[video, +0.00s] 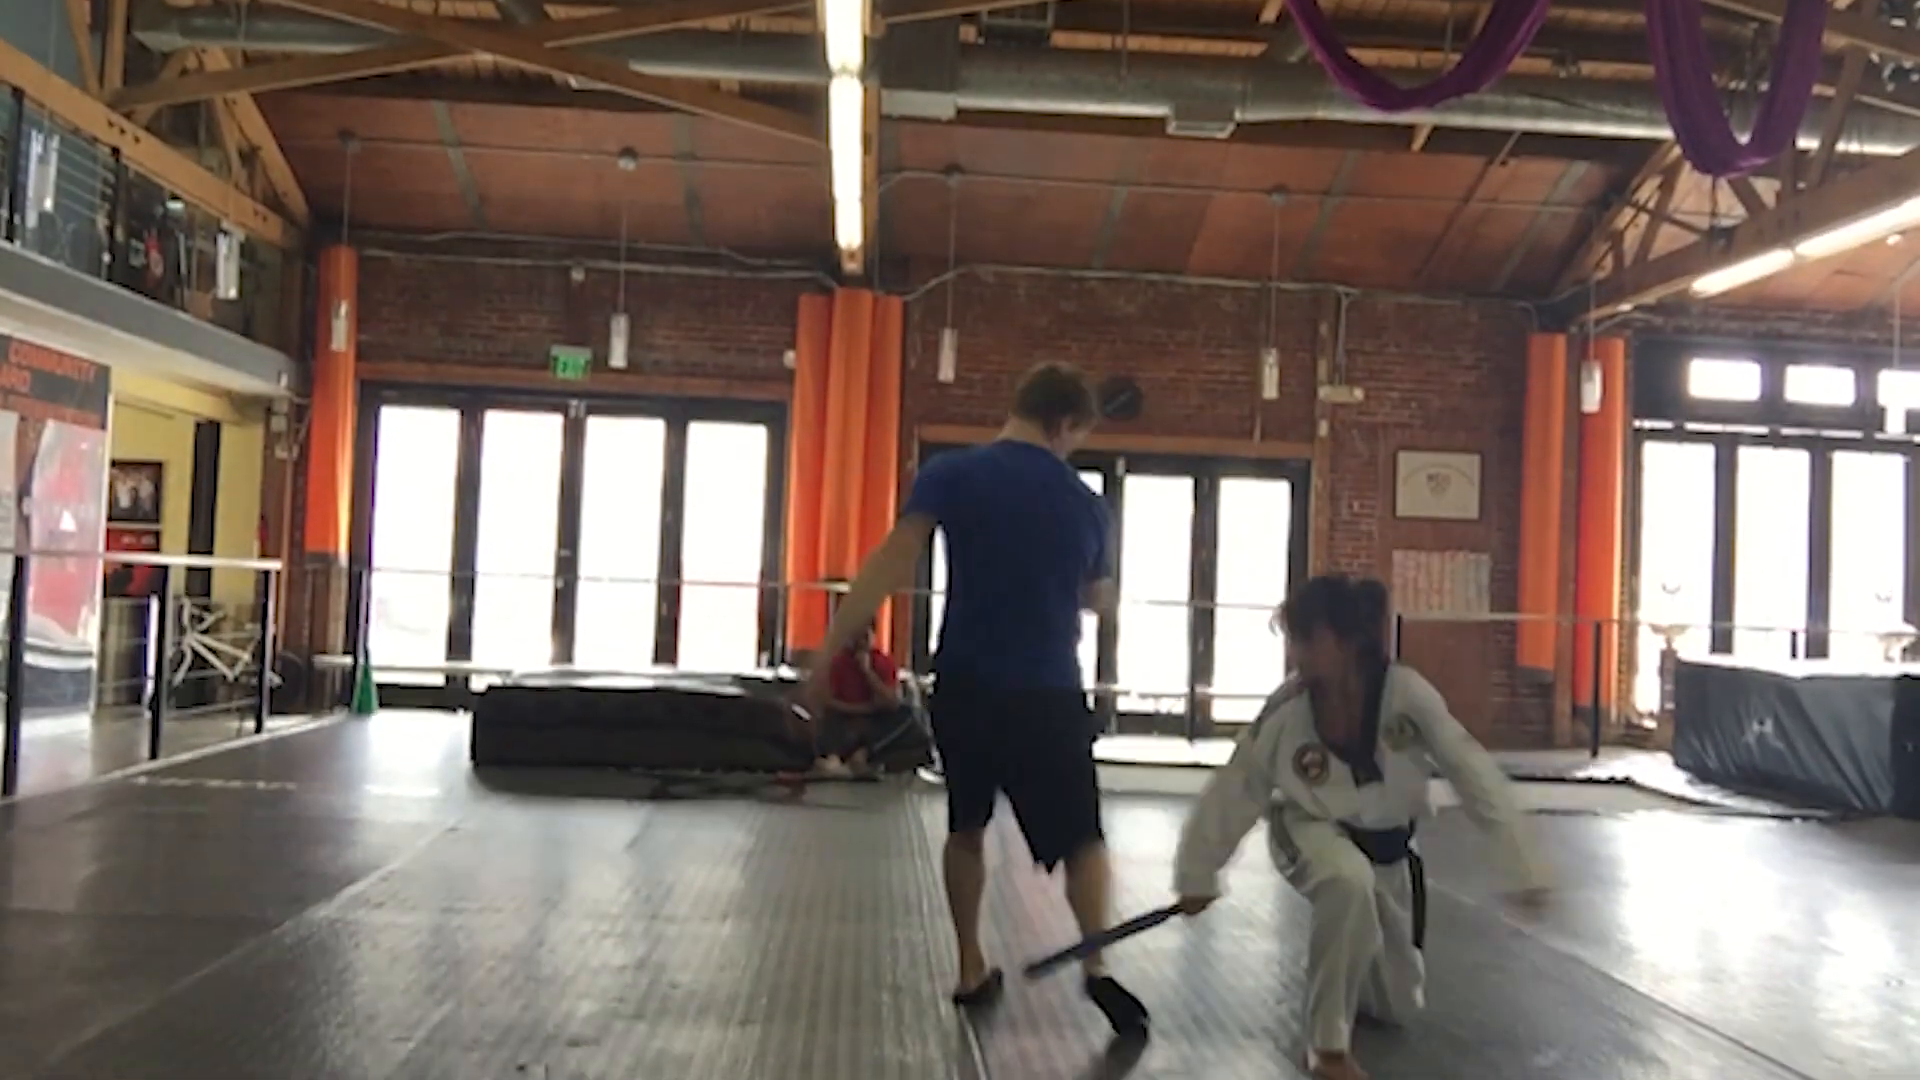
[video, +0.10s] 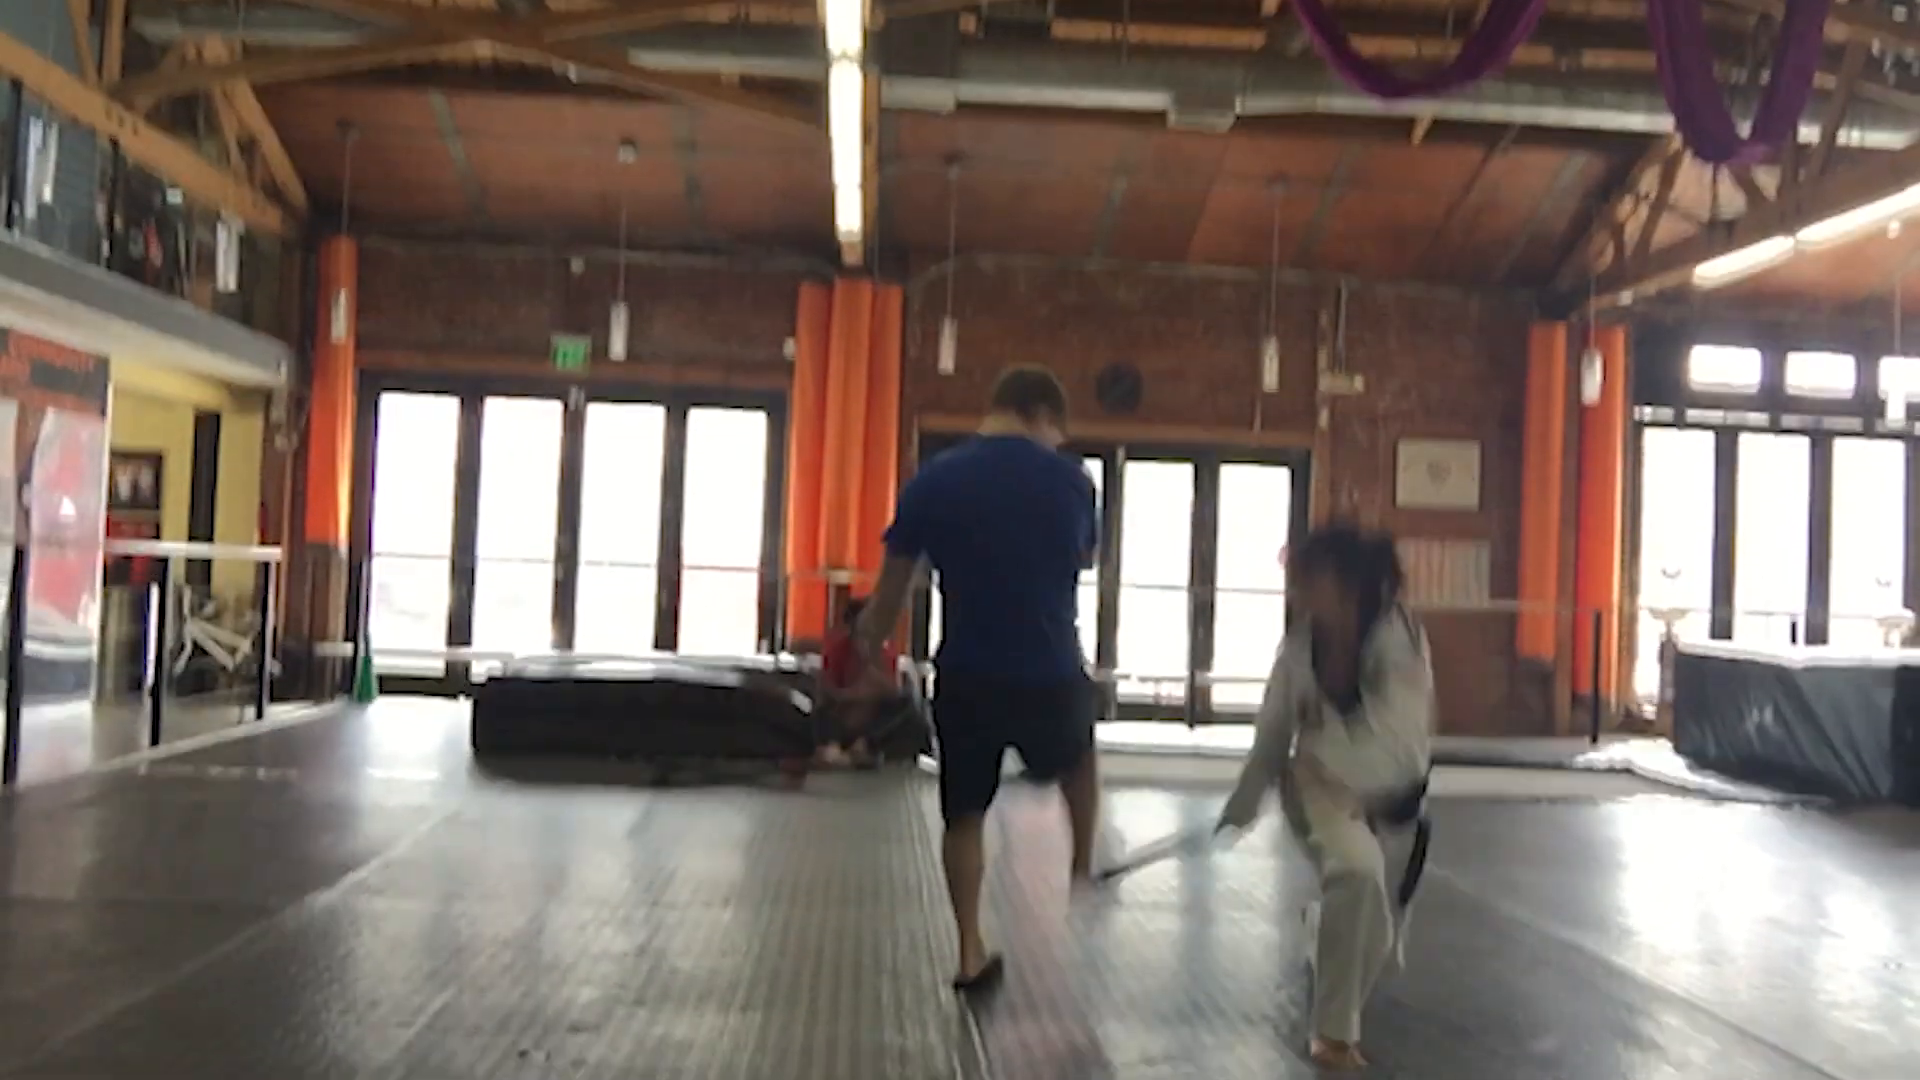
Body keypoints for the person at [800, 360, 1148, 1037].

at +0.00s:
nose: (1076, 443)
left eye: (1078, 434)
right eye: (1079, 433)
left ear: (1009, 412)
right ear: (1067, 427)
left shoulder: (950, 471)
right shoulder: (1084, 503)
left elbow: (896, 560)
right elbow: (1101, 600)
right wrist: (1044, 573)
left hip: (962, 693)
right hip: (1048, 699)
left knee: (965, 826)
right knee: (1082, 836)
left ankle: (970, 970)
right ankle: (1098, 963)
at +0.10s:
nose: (1058, 442)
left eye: (1058, 432)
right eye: (1057, 430)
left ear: (994, 412)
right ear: (1038, 418)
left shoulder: (937, 477)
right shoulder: (1066, 478)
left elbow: (895, 582)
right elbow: (1081, 560)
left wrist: (870, 639)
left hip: (965, 677)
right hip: (1049, 676)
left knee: (962, 815)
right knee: (1078, 762)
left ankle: (970, 956)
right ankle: (1083, 869)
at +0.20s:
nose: (1040, 443)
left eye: (1038, 435)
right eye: (1039, 434)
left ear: (970, 432)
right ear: (1026, 431)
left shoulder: (927, 496)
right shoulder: (1049, 481)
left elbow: (916, 498)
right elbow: (1075, 473)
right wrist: (1040, 458)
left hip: (964, 693)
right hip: (1045, 690)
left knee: (969, 823)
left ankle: (972, 959)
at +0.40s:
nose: (1021, 464)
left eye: (1015, 456)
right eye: (1014, 458)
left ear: (944, 469)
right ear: (998, 474)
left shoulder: (921, 529)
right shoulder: (1043, 525)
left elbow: (929, 481)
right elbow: (1070, 479)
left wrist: (978, 434)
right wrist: (1040, 406)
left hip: (957, 736)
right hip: (1044, 739)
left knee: (965, 830)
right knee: (1045, 627)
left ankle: (971, 955)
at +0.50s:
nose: (1009, 492)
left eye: (1001, 487)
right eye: (1001, 490)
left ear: (935, 526)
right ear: (991, 521)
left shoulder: (915, 577)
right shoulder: (1039, 567)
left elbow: (909, 528)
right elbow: (1074, 487)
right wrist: (1030, 414)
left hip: (958, 795)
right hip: (1042, 793)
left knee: (965, 826)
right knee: (1032, 720)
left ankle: (966, 945)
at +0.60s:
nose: (1012, 581)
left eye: (1004, 573)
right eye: (1004, 576)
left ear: (935, 606)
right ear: (998, 598)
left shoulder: (917, 666)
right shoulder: (1029, 643)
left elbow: (884, 587)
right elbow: (1055, 536)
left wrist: (912, 515)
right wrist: (1018, 442)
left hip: (945, 887)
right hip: (1027, 892)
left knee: (941, 809)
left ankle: (960, 963)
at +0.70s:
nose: (1013, 692)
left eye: (1007, 682)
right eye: (1006, 683)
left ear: (935, 707)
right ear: (995, 703)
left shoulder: (912, 771)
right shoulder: (1035, 757)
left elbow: (834, 682)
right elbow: (1076, 639)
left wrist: (869, 589)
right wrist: (1021, 571)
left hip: (924, 990)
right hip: (1010, 996)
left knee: (918, 864)